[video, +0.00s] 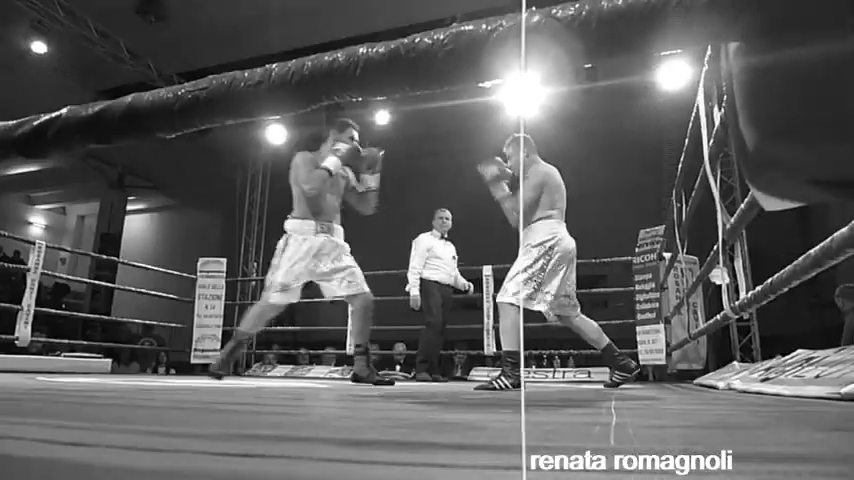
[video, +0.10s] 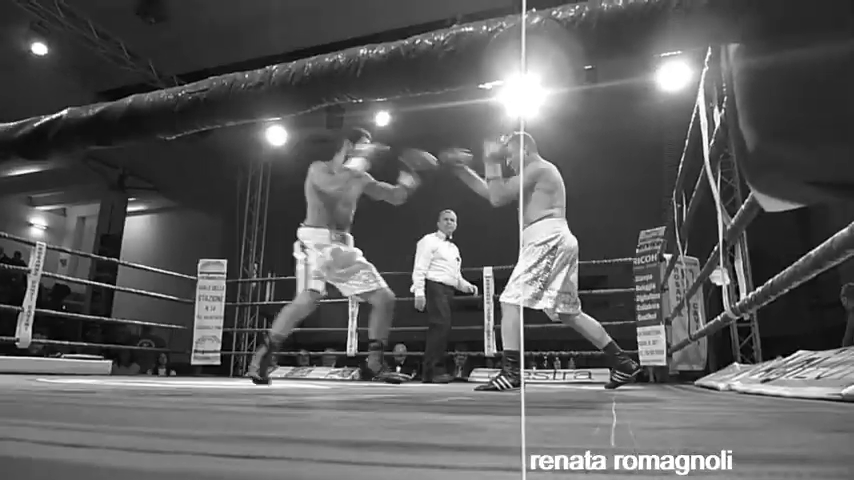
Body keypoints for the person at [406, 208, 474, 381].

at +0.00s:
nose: (444, 221)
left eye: (447, 219)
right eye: (441, 218)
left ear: (451, 224)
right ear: (433, 221)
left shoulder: (450, 247)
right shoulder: (423, 240)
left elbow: (453, 272)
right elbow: (414, 267)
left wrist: (464, 284)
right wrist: (414, 291)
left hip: (446, 286)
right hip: (429, 283)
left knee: (441, 326)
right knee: (433, 323)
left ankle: (433, 369)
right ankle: (421, 368)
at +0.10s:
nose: (450, 223)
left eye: (453, 221)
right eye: (446, 220)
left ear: (456, 225)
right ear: (438, 223)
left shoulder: (453, 248)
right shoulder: (428, 241)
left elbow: (455, 275)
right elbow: (419, 269)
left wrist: (468, 287)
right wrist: (419, 292)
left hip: (448, 287)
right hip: (434, 284)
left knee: (442, 326)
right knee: (440, 324)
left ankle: (434, 369)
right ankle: (433, 370)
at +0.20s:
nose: (456, 221)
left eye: (459, 218)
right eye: (452, 218)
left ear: (462, 223)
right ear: (445, 221)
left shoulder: (458, 246)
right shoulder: (435, 239)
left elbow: (459, 275)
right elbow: (427, 267)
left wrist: (472, 288)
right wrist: (427, 291)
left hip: (454, 285)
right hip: (440, 283)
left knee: (445, 323)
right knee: (450, 321)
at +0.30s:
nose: (461, 220)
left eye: (464, 218)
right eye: (457, 217)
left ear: (467, 222)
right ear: (450, 220)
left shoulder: (461, 244)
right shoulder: (440, 239)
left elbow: (463, 276)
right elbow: (433, 267)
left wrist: (477, 290)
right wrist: (434, 292)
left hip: (460, 285)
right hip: (447, 283)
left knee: (446, 326)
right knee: (460, 323)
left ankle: (430, 367)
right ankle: (470, 365)